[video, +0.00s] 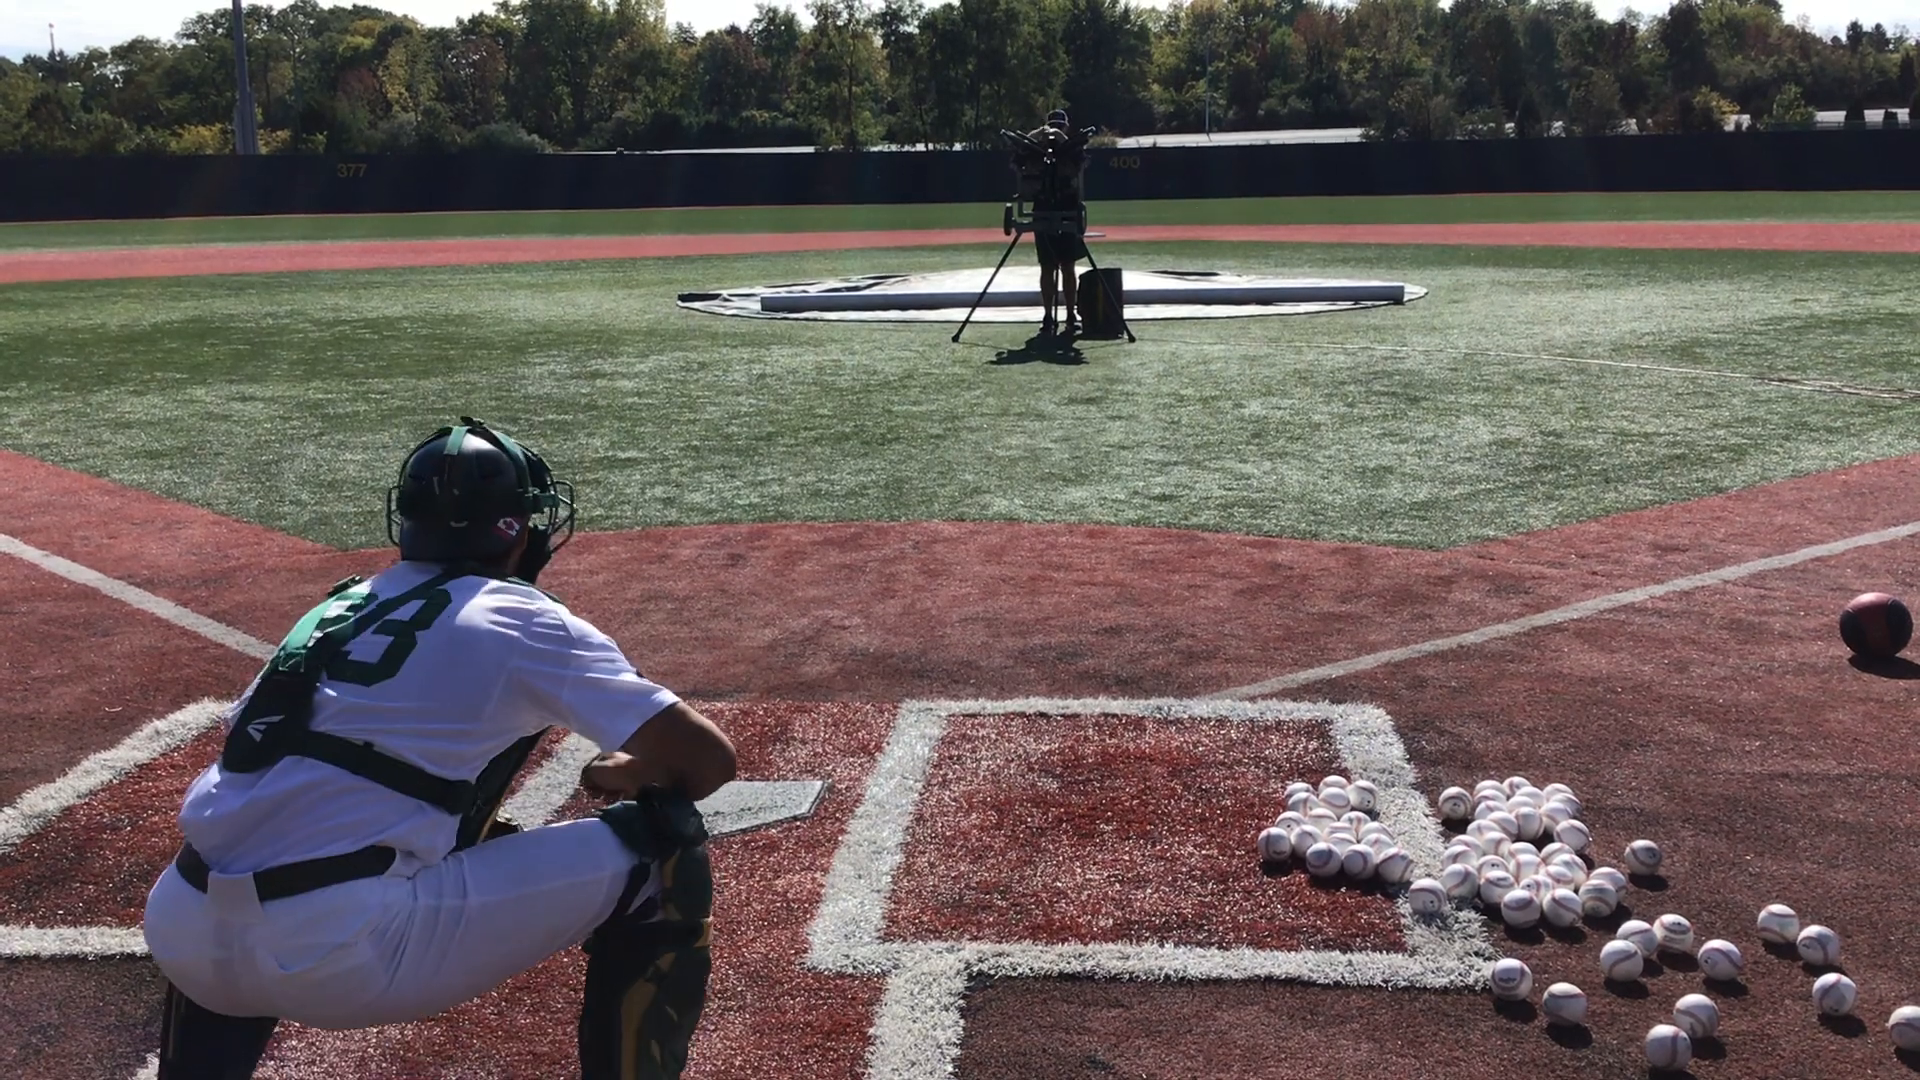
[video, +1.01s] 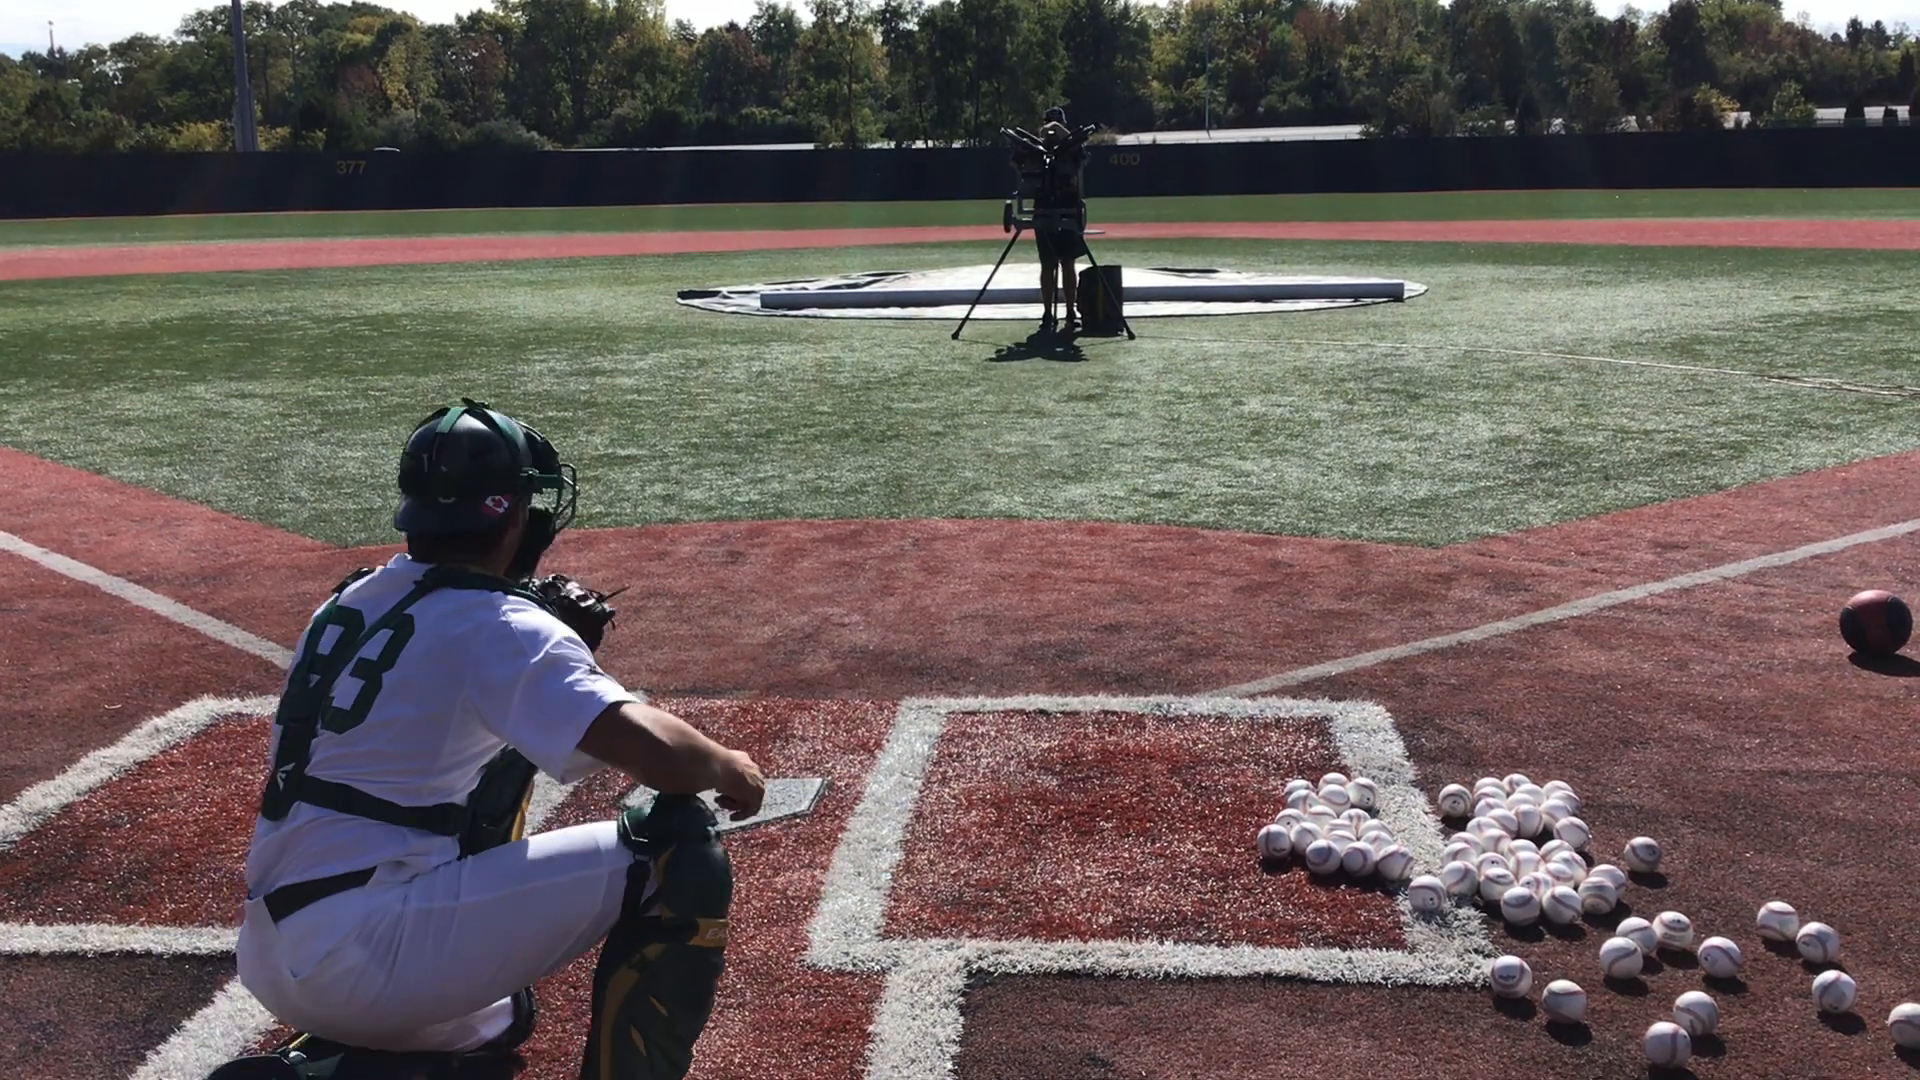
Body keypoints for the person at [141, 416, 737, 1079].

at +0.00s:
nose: (540, 537)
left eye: (536, 521)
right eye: (534, 523)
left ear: (409, 527)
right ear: (510, 535)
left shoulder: (342, 600)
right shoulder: (518, 618)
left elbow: (282, 753)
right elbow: (705, 757)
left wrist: (451, 822)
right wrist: (623, 771)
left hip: (181, 932)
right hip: (338, 951)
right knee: (662, 847)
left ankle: (193, 1066)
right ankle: (630, 1062)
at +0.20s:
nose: (527, 552)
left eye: (525, 537)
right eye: (522, 540)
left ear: (398, 541)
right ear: (497, 554)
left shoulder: (331, 615)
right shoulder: (485, 640)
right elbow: (693, 768)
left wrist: (452, 835)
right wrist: (684, 832)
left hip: (164, 960)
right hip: (296, 980)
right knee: (637, 835)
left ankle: (219, 1064)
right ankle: (616, 1065)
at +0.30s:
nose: (527, 555)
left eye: (524, 539)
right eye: (519, 541)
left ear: (396, 545)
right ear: (496, 559)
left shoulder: (329, 618)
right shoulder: (478, 642)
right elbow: (679, 767)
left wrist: (478, 809)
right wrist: (713, 837)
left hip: (176, 967)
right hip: (299, 986)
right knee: (634, 835)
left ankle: (240, 1063)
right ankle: (615, 1063)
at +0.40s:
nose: (531, 552)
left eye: (528, 535)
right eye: (525, 540)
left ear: (396, 545)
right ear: (502, 556)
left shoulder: (342, 616)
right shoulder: (482, 649)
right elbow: (681, 791)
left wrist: (549, 788)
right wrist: (736, 852)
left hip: (205, 970)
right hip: (308, 992)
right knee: (640, 853)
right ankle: (615, 1063)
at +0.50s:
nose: (529, 546)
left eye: (527, 533)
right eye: (521, 534)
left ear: (398, 546)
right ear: (497, 553)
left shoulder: (343, 616)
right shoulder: (476, 650)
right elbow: (650, 778)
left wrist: (499, 628)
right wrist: (749, 847)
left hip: (238, 970)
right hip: (320, 995)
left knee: (479, 781)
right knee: (635, 856)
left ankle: (387, 1022)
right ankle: (617, 1064)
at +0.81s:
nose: (540, 548)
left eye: (538, 532)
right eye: (532, 534)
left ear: (406, 542)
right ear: (508, 548)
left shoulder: (352, 619)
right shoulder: (489, 656)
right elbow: (617, 785)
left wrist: (509, 619)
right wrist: (771, 831)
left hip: (267, 974)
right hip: (349, 991)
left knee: (491, 804)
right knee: (652, 861)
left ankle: (471, 1028)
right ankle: (623, 1063)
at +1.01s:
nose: (539, 521)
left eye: (537, 503)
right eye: (533, 504)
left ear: (415, 511)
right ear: (511, 520)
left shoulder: (355, 596)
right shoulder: (502, 627)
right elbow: (662, 752)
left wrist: (534, 639)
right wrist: (727, 770)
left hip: (270, 948)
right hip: (366, 951)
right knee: (676, 845)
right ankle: (629, 1064)